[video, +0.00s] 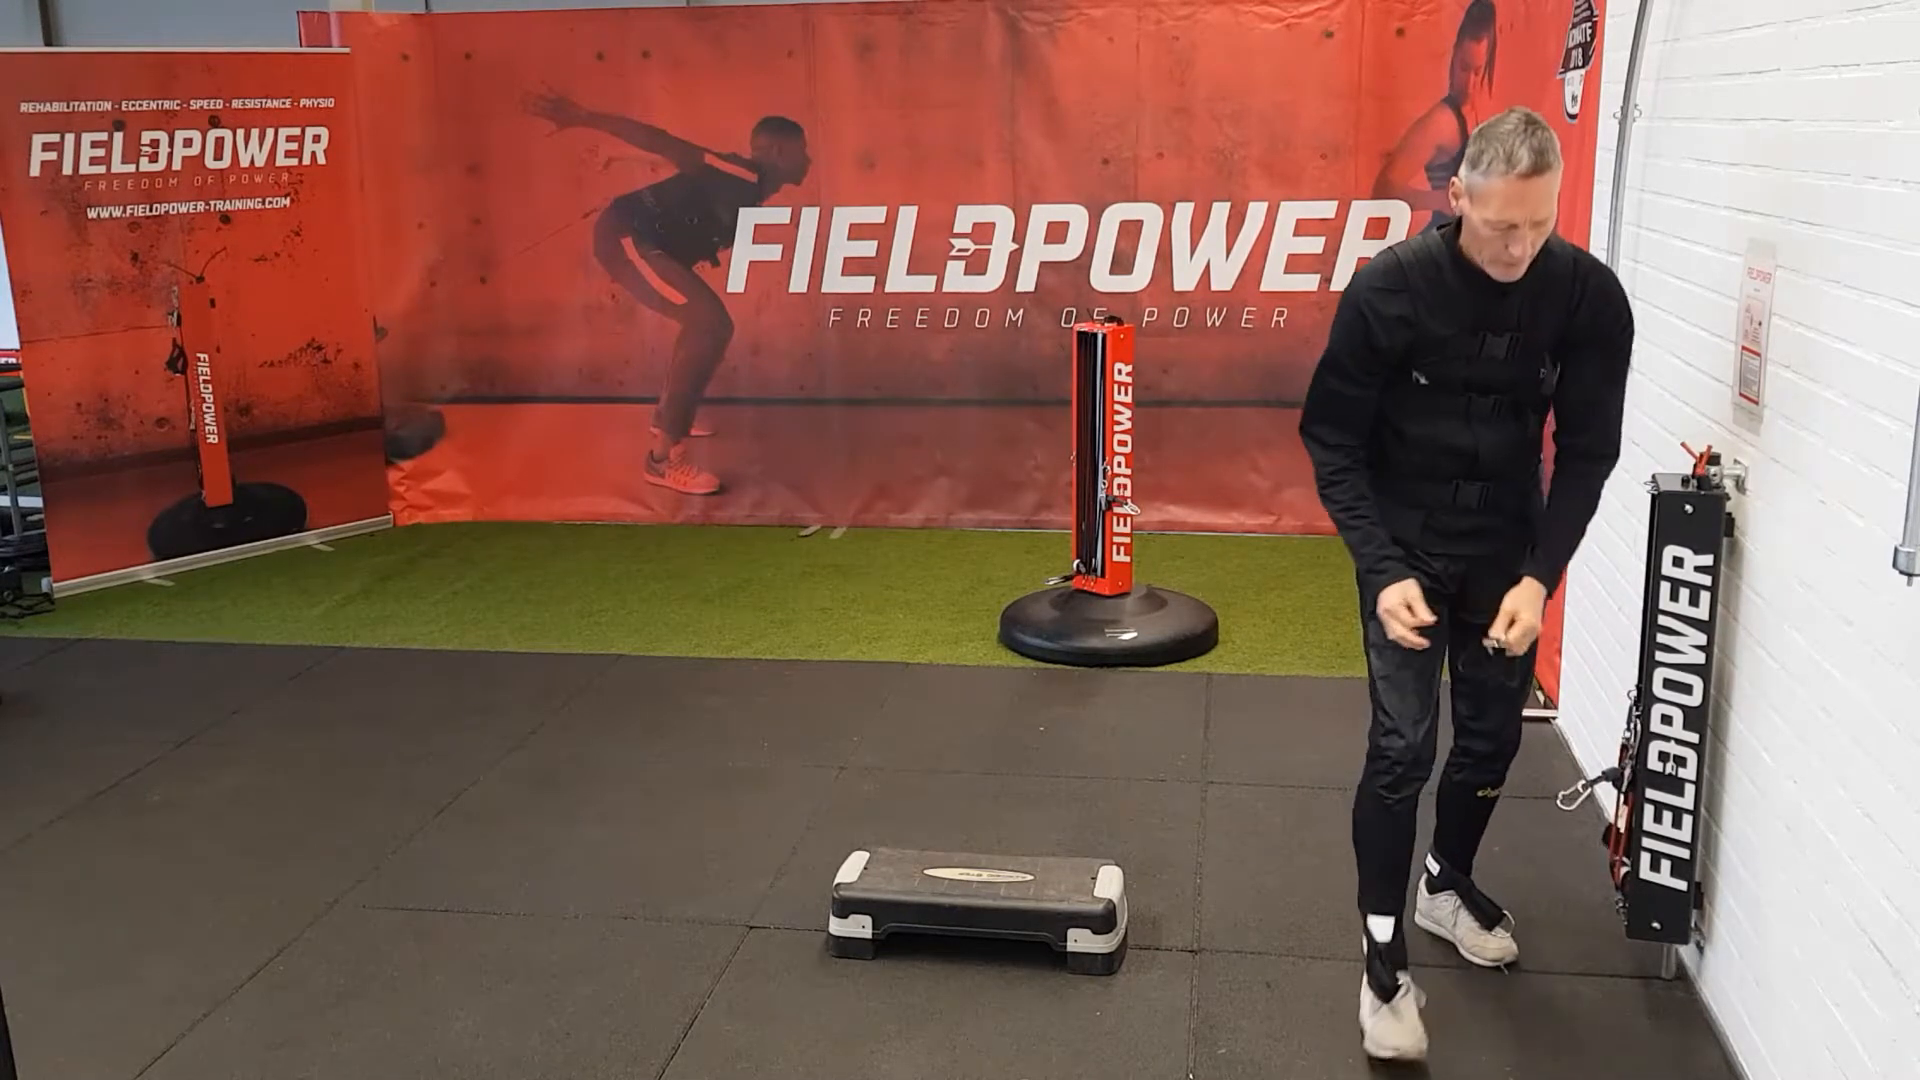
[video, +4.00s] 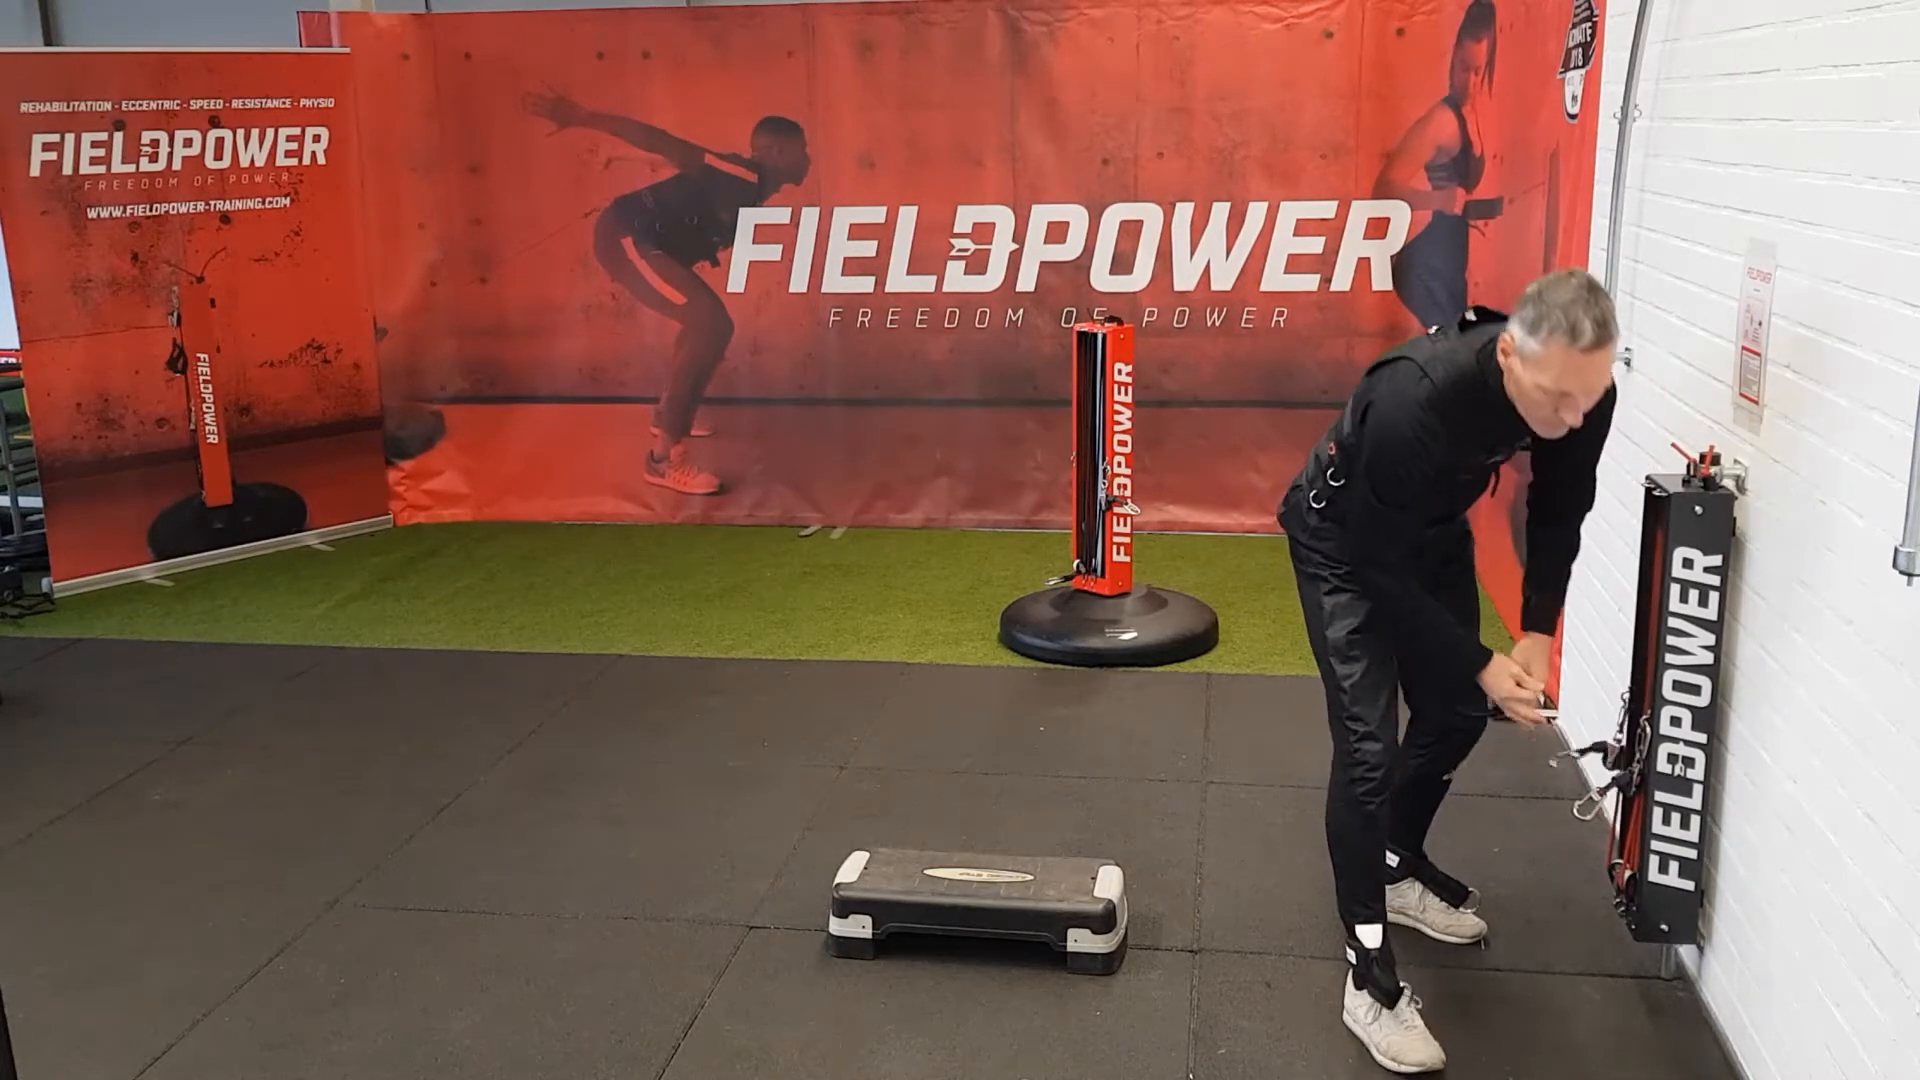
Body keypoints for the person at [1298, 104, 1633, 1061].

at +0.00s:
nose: (1518, 248)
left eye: (1536, 226)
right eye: (1498, 226)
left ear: (1559, 204)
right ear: (1457, 198)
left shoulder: (1590, 299)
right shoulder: (1388, 293)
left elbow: (1589, 451)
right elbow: (1332, 437)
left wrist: (1541, 575)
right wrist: (1382, 570)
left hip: (1509, 558)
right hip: (1401, 553)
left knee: (1488, 741)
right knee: (1403, 750)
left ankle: (1446, 882)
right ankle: (1383, 969)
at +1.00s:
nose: (1585, 397)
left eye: (1596, 378)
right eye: (1571, 380)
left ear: (1603, 350)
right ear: (1506, 342)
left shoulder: (1590, 402)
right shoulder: (1373, 382)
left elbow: (1602, 562)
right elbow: (1299, 538)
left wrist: (1605, 734)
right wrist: (1338, 673)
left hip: (1453, 586)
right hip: (1354, 587)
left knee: (1433, 749)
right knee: (1374, 803)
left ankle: (1407, 869)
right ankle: (1385, 993)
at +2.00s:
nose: (1606, 549)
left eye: (1617, 542)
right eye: (1609, 538)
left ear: (1579, 498)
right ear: (1574, 501)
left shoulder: (1561, 466)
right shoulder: (1446, 495)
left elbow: (1556, 599)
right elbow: (1458, 649)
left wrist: (1573, 720)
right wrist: (1535, 749)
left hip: (1390, 549)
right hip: (1308, 542)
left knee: (1463, 697)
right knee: (1346, 744)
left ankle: (1396, 868)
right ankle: (1363, 968)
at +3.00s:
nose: (1599, 478)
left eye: (1611, 466)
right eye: (1592, 461)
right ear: (1551, 416)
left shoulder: (1572, 394)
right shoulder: (1441, 438)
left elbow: (1594, 528)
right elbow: (1418, 585)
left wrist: (1576, 661)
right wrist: (1492, 705)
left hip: (1424, 537)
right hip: (1335, 529)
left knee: (1472, 700)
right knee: (1346, 739)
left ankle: (1398, 862)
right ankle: (1357, 953)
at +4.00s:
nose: (1574, 416)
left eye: (1589, 397)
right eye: (1557, 395)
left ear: (1605, 365)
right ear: (1510, 354)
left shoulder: (1589, 387)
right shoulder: (1418, 402)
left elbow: (1559, 503)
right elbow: (1382, 560)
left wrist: (1538, 628)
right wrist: (1480, 667)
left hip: (1436, 531)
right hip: (1343, 536)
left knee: (1454, 716)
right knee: (1369, 752)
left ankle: (1395, 866)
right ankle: (1370, 976)